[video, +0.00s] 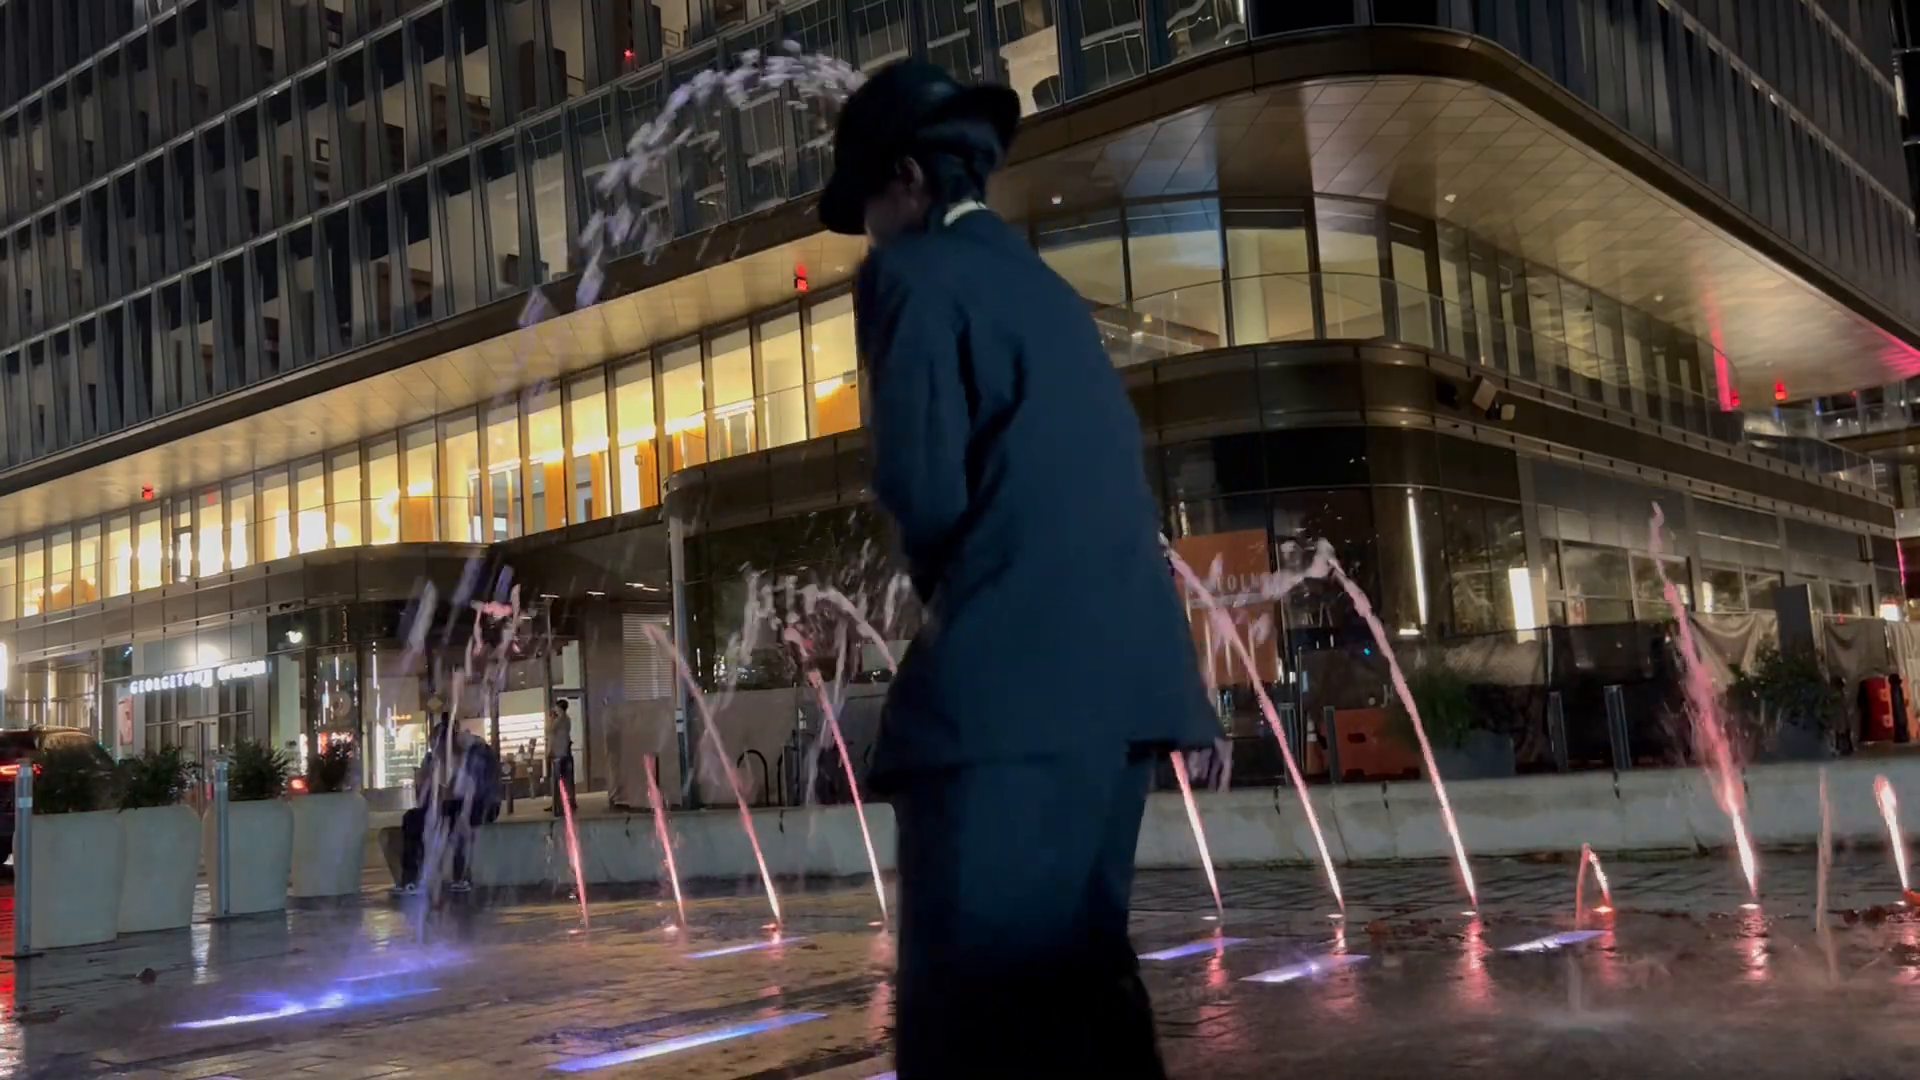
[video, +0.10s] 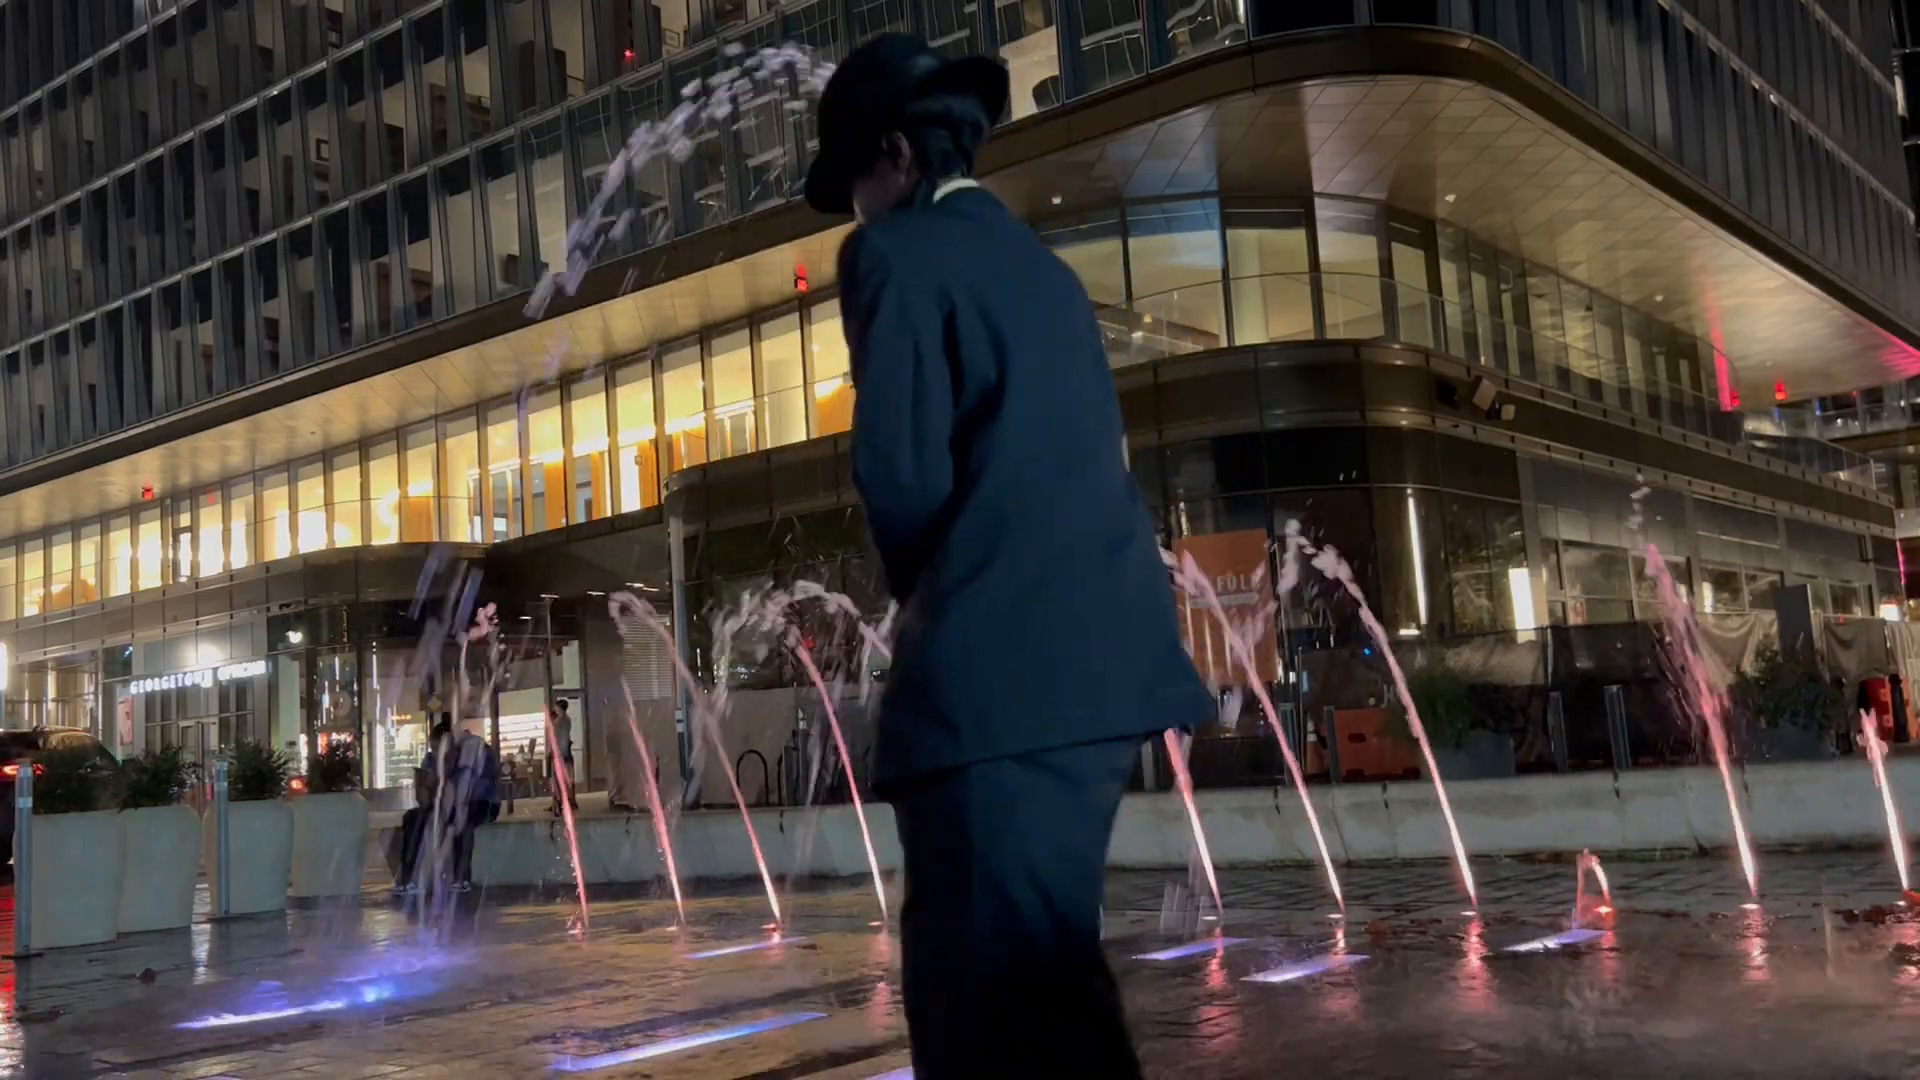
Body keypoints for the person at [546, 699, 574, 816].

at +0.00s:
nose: (555, 711)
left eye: (556, 709)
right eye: (556, 709)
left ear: (558, 709)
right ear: (565, 709)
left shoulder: (558, 721)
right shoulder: (567, 720)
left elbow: (551, 733)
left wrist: (549, 719)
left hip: (557, 754)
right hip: (566, 753)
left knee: (556, 781)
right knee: (568, 780)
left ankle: (556, 804)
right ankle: (571, 802)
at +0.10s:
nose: (555, 711)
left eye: (557, 709)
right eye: (556, 709)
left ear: (559, 709)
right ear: (565, 709)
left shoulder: (558, 721)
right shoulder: (567, 720)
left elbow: (555, 738)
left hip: (557, 753)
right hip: (567, 752)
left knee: (555, 779)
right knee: (569, 778)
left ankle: (556, 804)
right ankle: (572, 801)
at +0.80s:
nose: (561, 711)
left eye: (562, 708)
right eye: (561, 708)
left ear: (564, 709)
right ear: (570, 708)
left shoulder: (563, 720)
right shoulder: (572, 720)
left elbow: (555, 731)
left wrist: (549, 726)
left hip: (560, 756)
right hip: (568, 755)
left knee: (557, 781)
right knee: (569, 780)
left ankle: (557, 804)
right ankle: (571, 802)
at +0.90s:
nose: (561, 710)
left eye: (563, 708)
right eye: (562, 708)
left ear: (565, 709)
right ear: (571, 708)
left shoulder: (565, 720)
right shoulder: (572, 720)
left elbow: (556, 732)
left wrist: (552, 723)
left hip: (561, 754)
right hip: (568, 754)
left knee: (558, 780)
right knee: (569, 779)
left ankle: (557, 804)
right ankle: (571, 802)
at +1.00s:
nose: (562, 710)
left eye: (564, 708)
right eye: (563, 708)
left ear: (565, 708)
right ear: (572, 708)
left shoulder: (566, 720)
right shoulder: (574, 720)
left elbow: (557, 731)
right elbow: (562, 731)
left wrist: (551, 726)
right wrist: (556, 726)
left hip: (562, 754)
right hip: (569, 753)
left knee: (557, 779)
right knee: (569, 779)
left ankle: (556, 804)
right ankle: (571, 802)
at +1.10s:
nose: (563, 710)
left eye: (564, 708)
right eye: (564, 708)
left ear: (566, 708)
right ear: (573, 708)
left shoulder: (566, 721)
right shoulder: (575, 720)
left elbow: (557, 731)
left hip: (562, 754)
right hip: (570, 753)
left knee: (558, 779)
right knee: (570, 779)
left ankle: (557, 804)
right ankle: (572, 802)